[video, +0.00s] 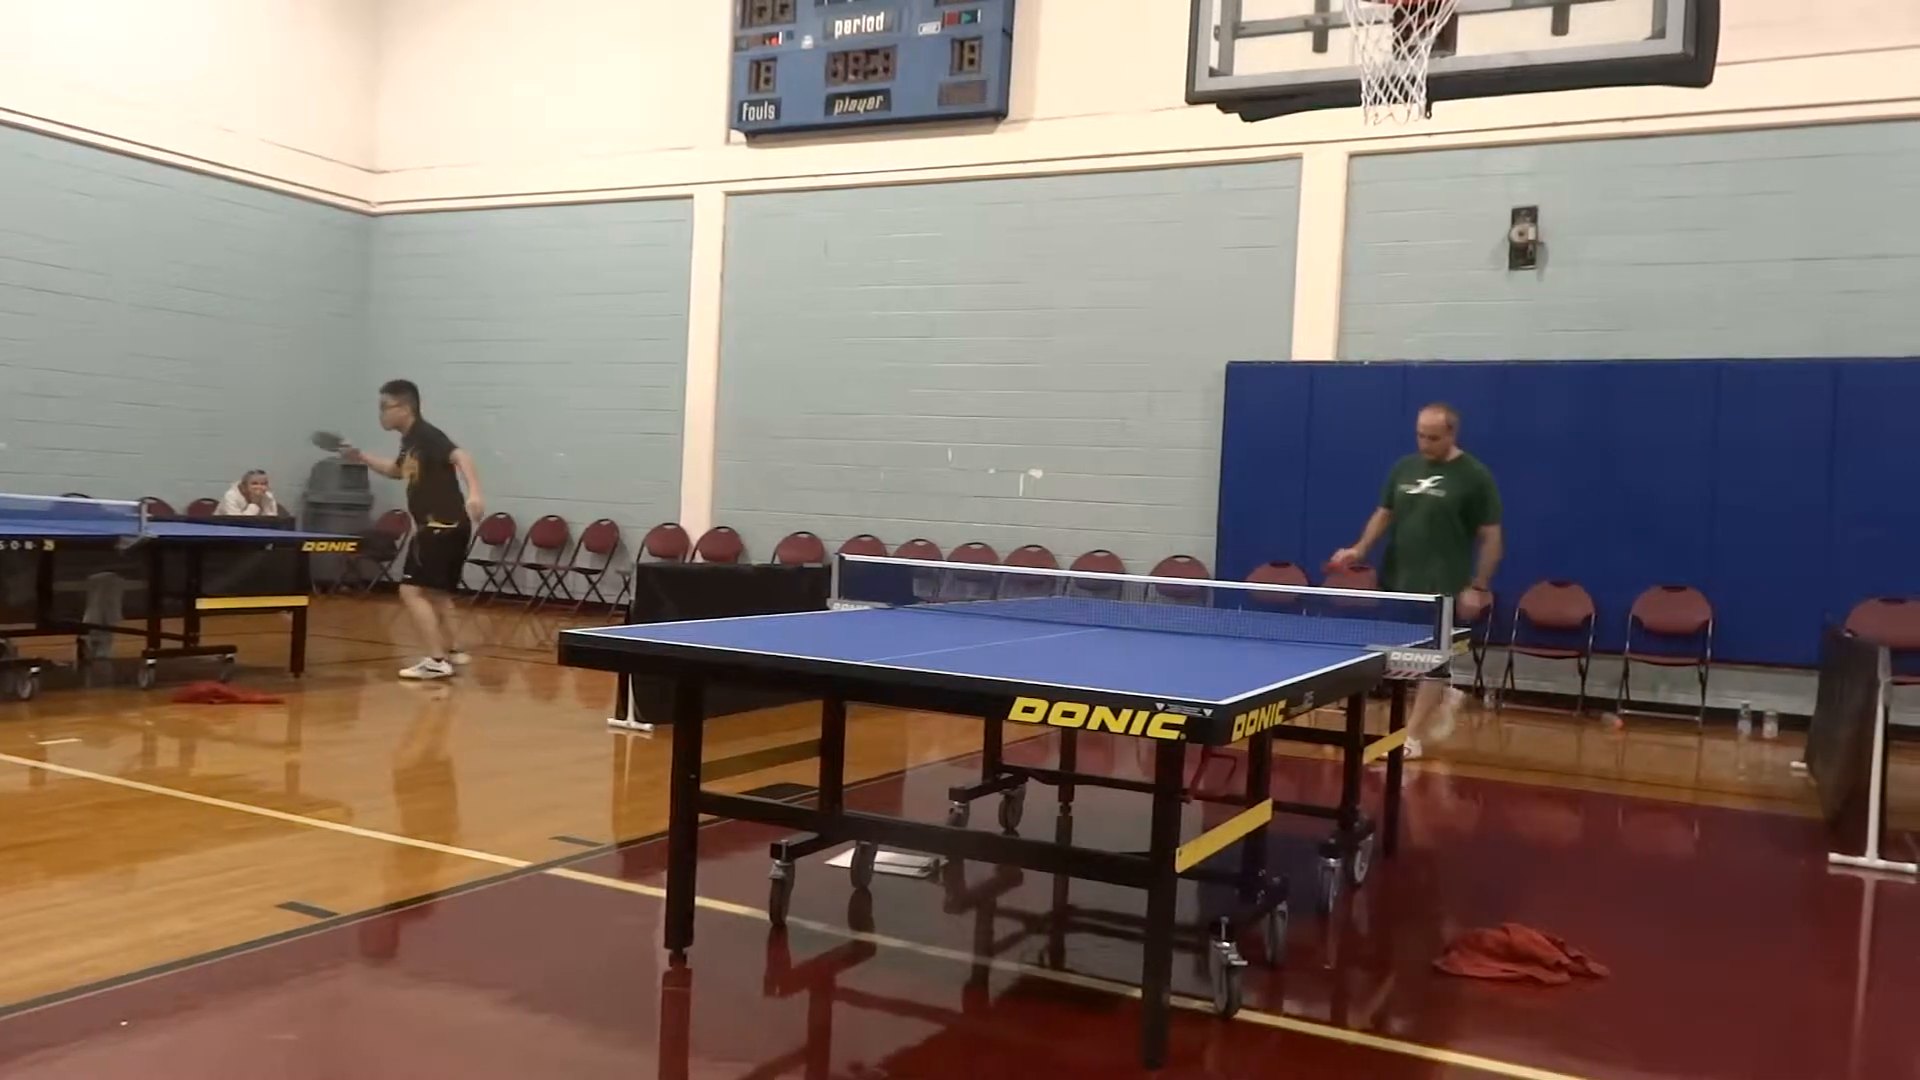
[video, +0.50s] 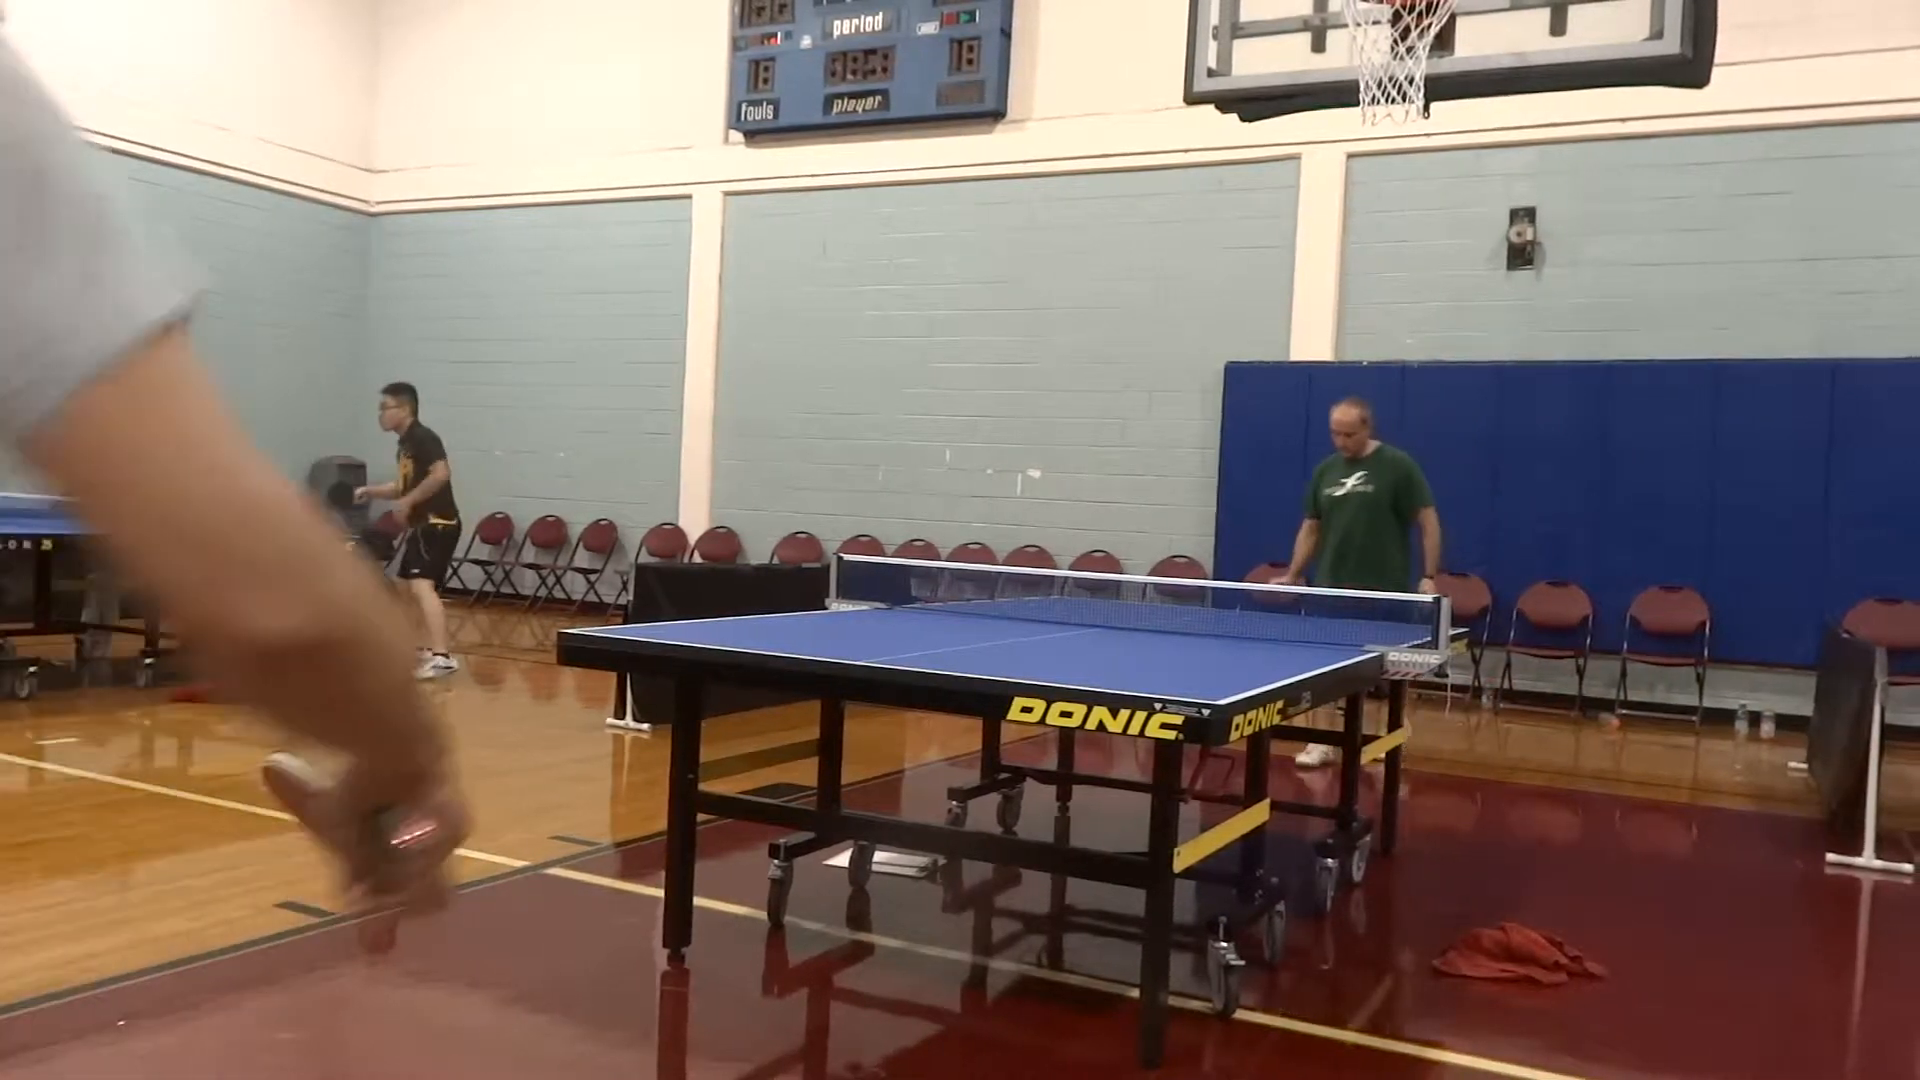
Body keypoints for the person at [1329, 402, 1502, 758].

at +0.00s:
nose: (1425, 443)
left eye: (1433, 437)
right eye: (1421, 435)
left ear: (1452, 435)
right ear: (1415, 432)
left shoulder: (1475, 476)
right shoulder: (1404, 467)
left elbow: (1492, 537)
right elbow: (1383, 514)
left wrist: (1479, 587)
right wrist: (1360, 549)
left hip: (1444, 592)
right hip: (1399, 587)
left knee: (1432, 666)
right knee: (1401, 660)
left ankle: (1412, 735)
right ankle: (1447, 698)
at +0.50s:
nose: (1340, 441)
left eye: (1347, 435)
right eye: (1335, 434)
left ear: (1367, 430)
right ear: (1331, 431)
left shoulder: (1398, 465)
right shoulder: (1325, 471)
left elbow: (1428, 520)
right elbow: (1311, 527)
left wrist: (1430, 576)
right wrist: (1292, 574)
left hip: (1386, 593)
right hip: (1333, 592)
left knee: (1390, 674)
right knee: (1328, 668)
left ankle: (1389, 743)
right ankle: (1325, 739)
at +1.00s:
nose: (1312, 437)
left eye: (1320, 430)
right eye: (1307, 429)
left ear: (1340, 425)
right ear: (1301, 425)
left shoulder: (1372, 462)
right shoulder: (1291, 465)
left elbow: (1399, 518)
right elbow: (1275, 523)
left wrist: (1392, 576)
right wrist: (1259, 570)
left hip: (1356, 592)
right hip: (1306, 589)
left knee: (1346, 676)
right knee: (1314, 673)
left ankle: (1338, 754)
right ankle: (1318, 743)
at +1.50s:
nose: (1309, 426)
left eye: (1318, 420)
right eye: (1304, 417)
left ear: (1337, 418)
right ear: (1297, 412)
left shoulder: (1362, 461)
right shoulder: (1277, 454)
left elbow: (1384, 525)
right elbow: (1256, 514)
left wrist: (1346, 564)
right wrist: (1240, 570)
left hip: (1333, 591)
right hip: (1280, 587)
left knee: (1333, 676)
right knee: (1277, 667)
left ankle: (1329, 754)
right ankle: (1276, 739)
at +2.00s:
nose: (1261, 401)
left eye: (1270, 394)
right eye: (1253, 394)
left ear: (1284, 400)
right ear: (1242, 400)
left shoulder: (1313, 452)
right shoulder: (1223, 454)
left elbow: (1337, 510)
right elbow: (1200, 516)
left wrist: (1316, 519)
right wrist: (1191, 576)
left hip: (1298, 589)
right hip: (1237, 588)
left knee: (1303, 671)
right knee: (1229, 665)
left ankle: (1302, 750)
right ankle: (1221, 750)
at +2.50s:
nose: (1280, 407)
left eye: (1290, 401)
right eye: (1275, 399)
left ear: (1305, 408)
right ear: (1265, 401)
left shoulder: (1323, 461)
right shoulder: (1235, 449)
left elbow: (1338, 524)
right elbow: (1200, 501)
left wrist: (1321, 540)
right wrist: (1191, 532)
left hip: (1290, 592)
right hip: (1232, 586)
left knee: (1289, 671)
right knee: (1225, 663)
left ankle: (1283, 753)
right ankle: (1217, 752)